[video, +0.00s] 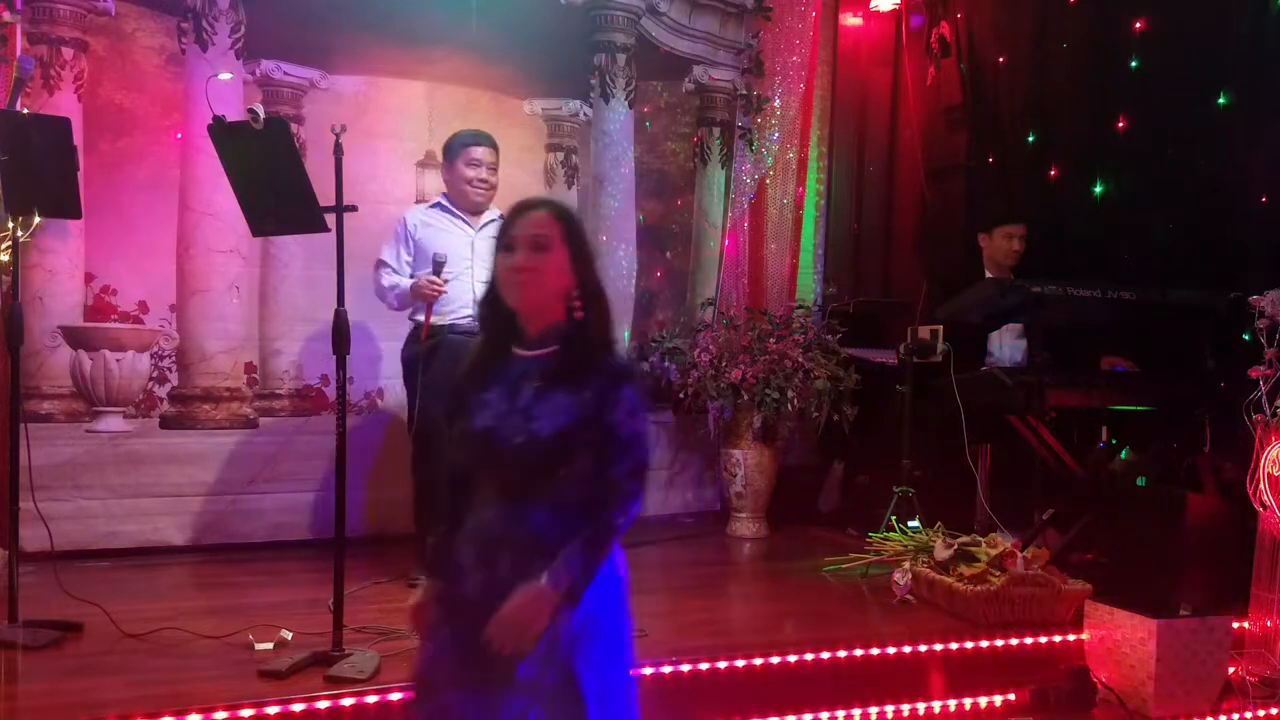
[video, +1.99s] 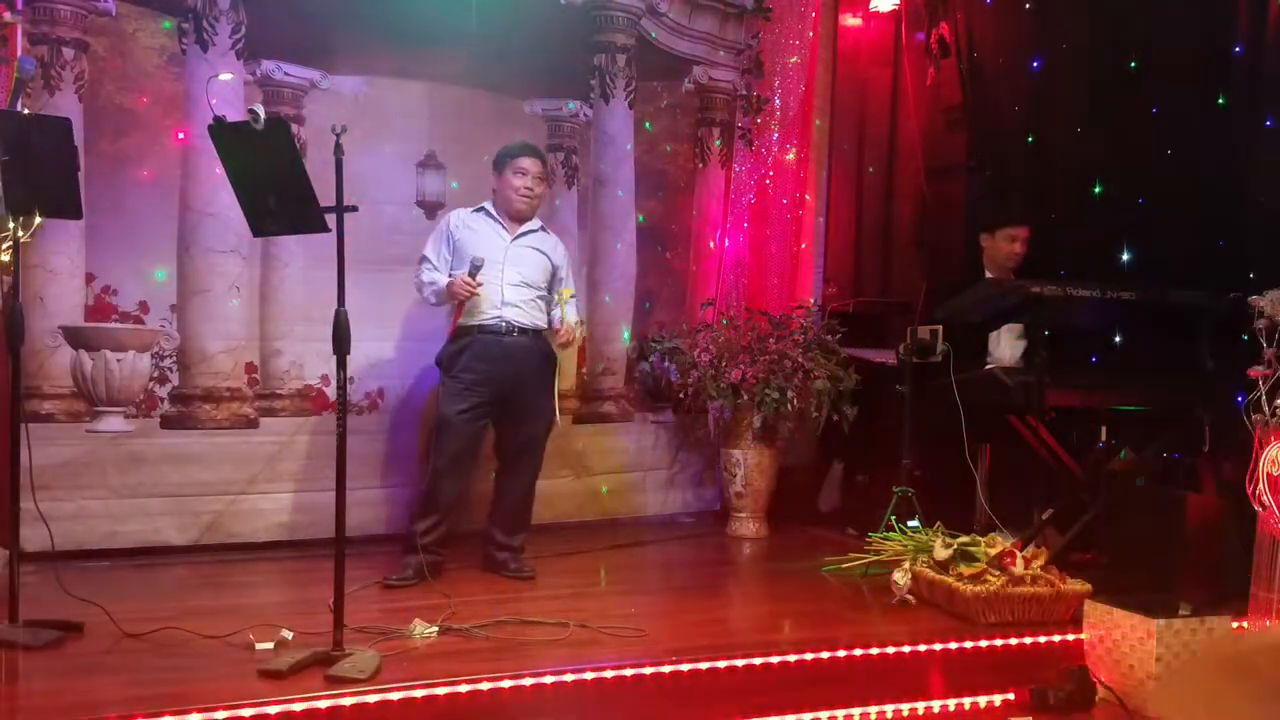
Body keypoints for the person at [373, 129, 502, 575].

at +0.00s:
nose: (483, 174)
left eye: (491, 168)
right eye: (472, 164)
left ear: (498, 177)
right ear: (446, 170)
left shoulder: (506, 229)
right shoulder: (417, 222)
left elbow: (528, 285)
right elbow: (385, 282)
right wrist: (411, 290)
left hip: (494, 351)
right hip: (437, 351)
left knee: (491, 454)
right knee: (434, 457)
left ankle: (489, 566)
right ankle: (433, 564)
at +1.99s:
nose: (530, 185)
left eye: (539, 179)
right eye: (520, 174)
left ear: (545, 191)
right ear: (496, 180)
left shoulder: (551, 245)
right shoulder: (458, 223)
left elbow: (565, 299)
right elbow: (426, 279)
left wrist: (568, 322)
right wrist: (446, 287)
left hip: (532, 356)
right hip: (474, 352)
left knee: (522, 460)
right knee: (450, 453)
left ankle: (506, 551)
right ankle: (424, 554)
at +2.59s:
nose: (462, 177)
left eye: (473, 170)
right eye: (454, 169)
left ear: (491, 183)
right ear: (441, 178)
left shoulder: (504, 241)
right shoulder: (412, 222)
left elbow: (521, 305)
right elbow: (380, 280)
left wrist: (547, 332)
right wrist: (408, 285)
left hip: (485, 352)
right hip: (426, 349)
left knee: (494, 453)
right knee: (417, 452)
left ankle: (502, 550)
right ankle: (413, 555)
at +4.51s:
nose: (464, 176)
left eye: (476, 168)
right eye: (455, 167)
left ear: (493, 179)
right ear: (443, 176)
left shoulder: (518, 235)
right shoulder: (418, 227)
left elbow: (541, 289)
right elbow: (388, 290)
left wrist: (536, 304)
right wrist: (407, 283)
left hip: (489, 352)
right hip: (429, 350)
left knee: (507, 448)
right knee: (418, 453)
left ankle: (520, 553)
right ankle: (412, 556)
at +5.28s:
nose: (463, 172)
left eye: (475, 165)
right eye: (455, 165)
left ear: (497, 178)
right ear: (445, 176)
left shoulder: (521, 235)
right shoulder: (422, 223)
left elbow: (543, 288)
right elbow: (391, 288)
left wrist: (537, 307)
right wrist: (415, 269)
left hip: (493, 351)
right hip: (432, 349)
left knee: (507, 456)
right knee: (420, 456)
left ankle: (519, 554)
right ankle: (412, 557)